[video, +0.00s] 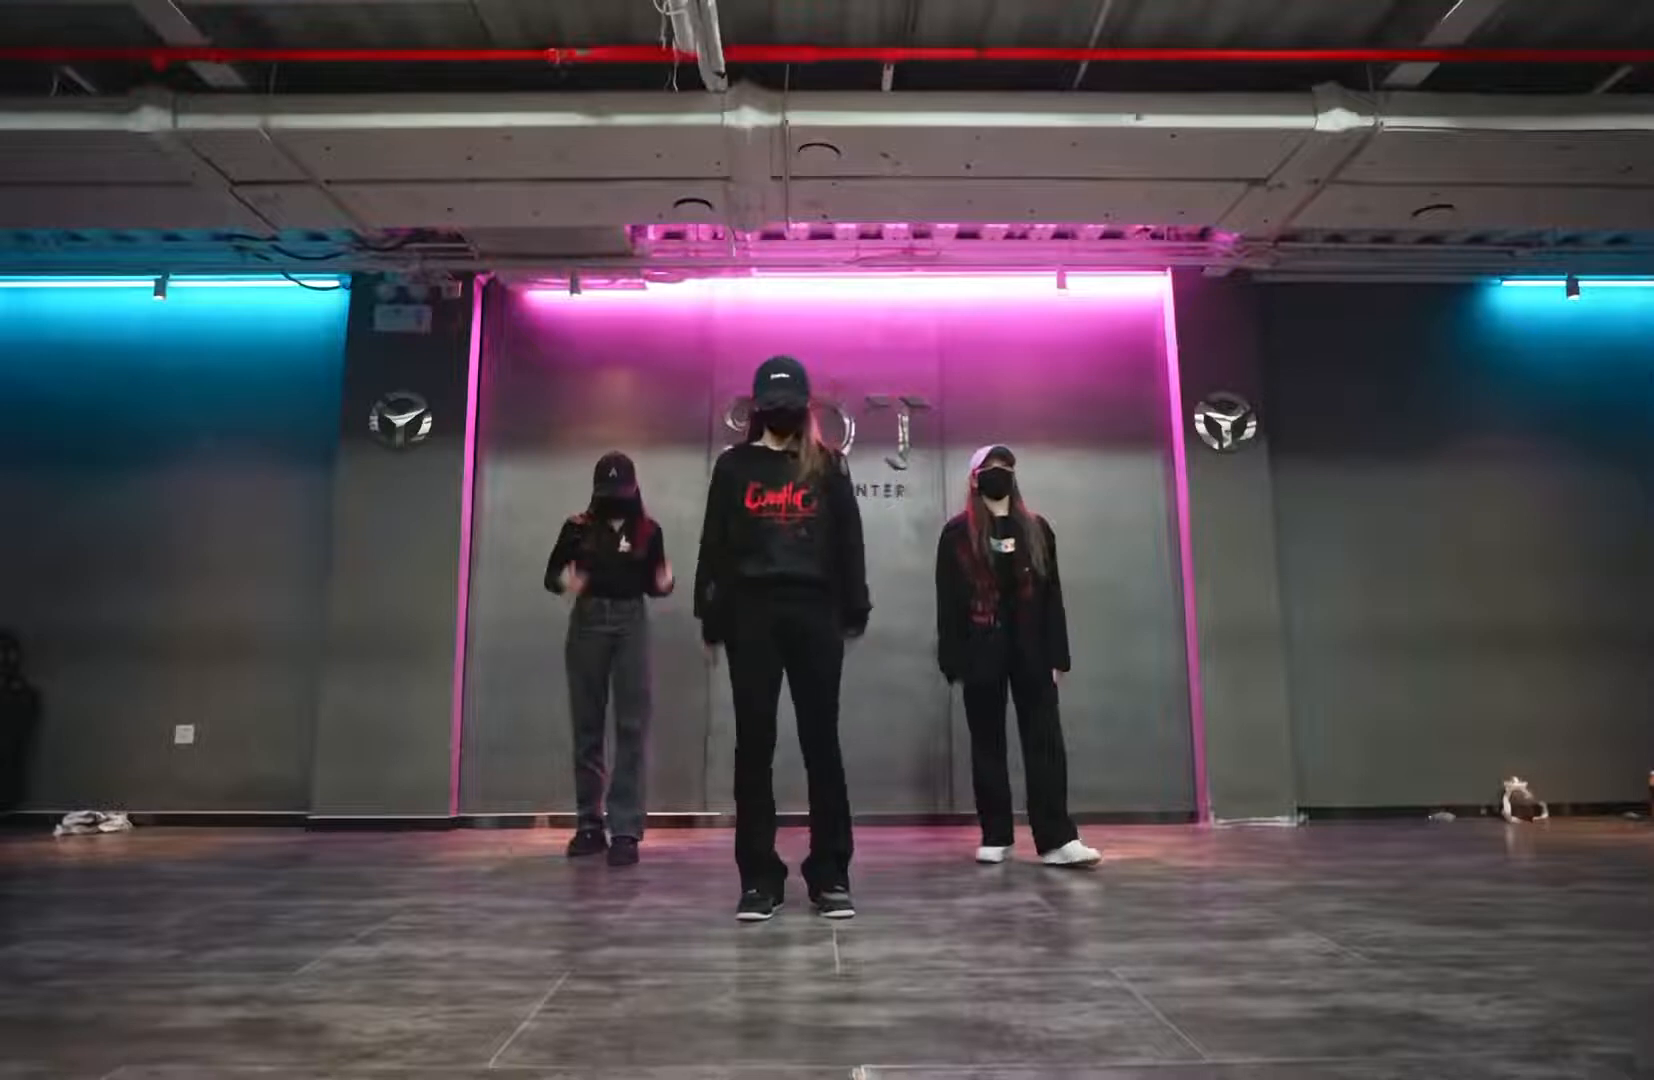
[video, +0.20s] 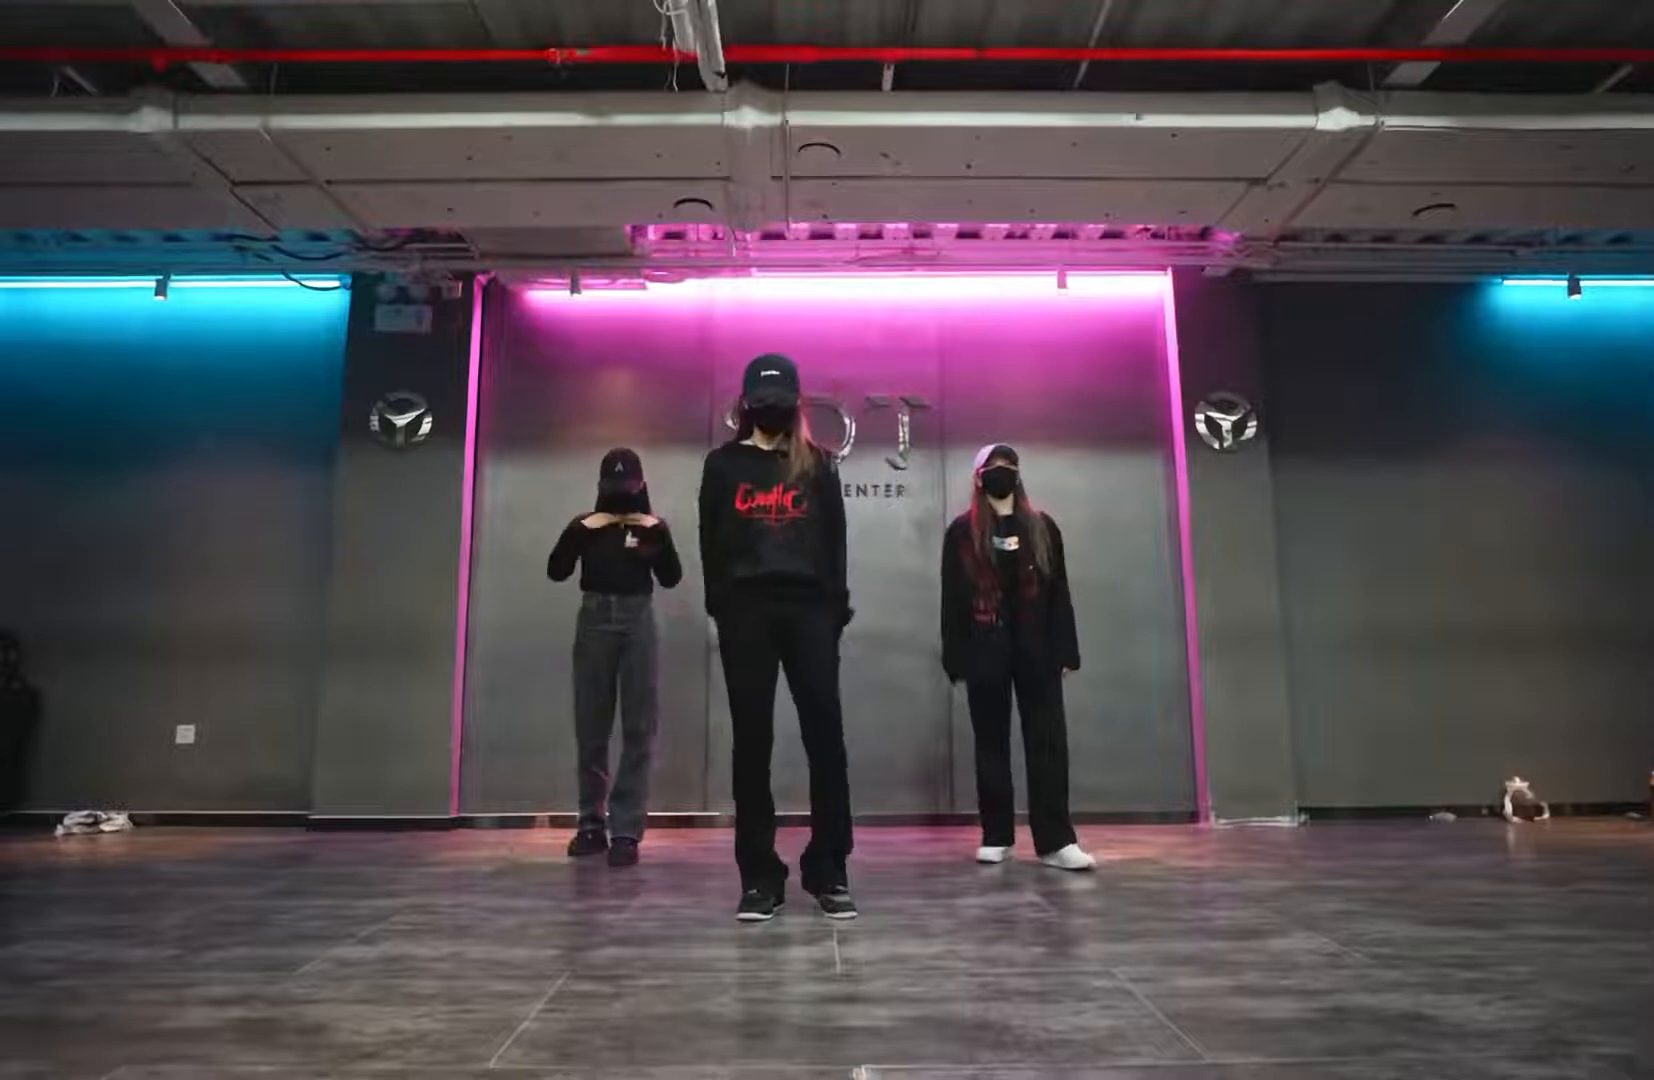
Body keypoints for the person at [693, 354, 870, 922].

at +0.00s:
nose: (781, 412)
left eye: (789, 402)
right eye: (772, 402)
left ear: (803, 401)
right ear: (759, 402)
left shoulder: (827, 465)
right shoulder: (732, 465)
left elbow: (849, 543)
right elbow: (712, 545)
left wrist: (853, 610)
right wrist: (709, 615)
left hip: (815, 618)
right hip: (749, 618)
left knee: (821, 746)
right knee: (754, 748)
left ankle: (830, 876)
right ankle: (760, 881)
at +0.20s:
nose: (771, 411)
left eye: (780, 402)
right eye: (762, 402)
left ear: (794, 401)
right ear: (747, 401)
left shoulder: (817, 464)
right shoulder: (722, 464)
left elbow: (835, 541)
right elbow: (711, 541)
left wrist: (835, 608)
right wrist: (720, 605)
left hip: (811, 615)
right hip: (745, 616)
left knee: (826, 742)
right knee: (752, 746)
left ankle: (829, 872)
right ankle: (761, 879)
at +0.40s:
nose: (768, 411)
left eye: (778, 402)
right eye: (760, 402)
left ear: (793, 400)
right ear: (744, 400)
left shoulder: (816, 466)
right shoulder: (719, 463)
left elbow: (838, 546)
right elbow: (696, 542)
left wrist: (849, 620)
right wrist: (693, 616)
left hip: (809, 615)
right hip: (743, 617)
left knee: (833, 742)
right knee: (753, 749)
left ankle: (855, 881)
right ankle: (761, 882)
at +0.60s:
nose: (776, 409)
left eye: (785, 399)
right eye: (767, 400)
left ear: (800, 397)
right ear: (751, 398)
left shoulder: (822, 461)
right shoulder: (726, 461)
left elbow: (850, 534)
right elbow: (694, 537)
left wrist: (860, 604)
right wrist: (704, 604)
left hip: (819, 613)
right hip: (751, 615)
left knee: (841, 742)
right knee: (760, 745)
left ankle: (861, 882)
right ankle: (765, 881)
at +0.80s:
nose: (793, 407)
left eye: (802, 397)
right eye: (784, 398)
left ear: (816, 395)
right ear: (769, 396)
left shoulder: (839, 457)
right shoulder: (744, 456)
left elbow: (863, 527)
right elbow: (730, 536)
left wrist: (871, 589)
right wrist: (735, 603)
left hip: (833, 612)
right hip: (769, 613)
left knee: (847, 743)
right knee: (769, 747)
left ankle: (863, 880)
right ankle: (769, 882)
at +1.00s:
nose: (814, 404)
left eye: (822, 394)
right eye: (805, 395)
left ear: (836, 393)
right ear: (790, 395)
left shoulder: (860, 459)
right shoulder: (765, 457)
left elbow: (884, 535)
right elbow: (746, 539)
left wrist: (889, 605)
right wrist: (757, 607)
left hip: (852, 614)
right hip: (786, 614)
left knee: (859, 746)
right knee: (778, 747)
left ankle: (866, 883)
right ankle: (771, 880)